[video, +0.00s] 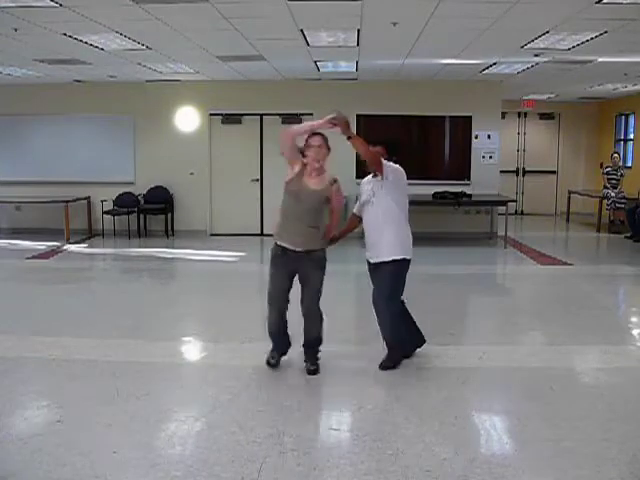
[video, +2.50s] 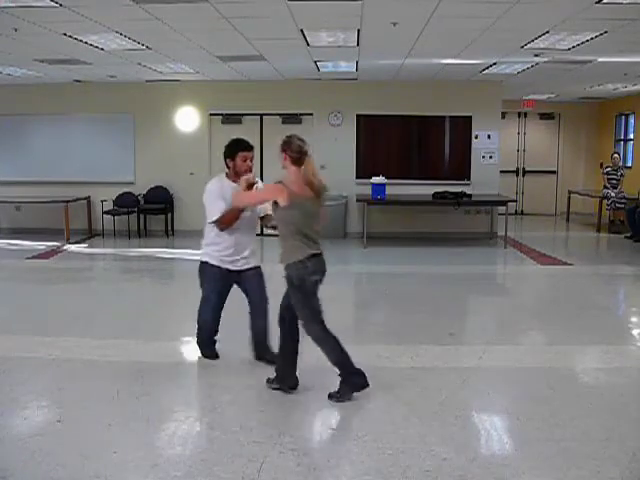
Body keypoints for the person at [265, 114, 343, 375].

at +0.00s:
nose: (315, 153)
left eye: (320, 149)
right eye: (312, 148)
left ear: (327, 154)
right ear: (305, 152)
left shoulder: (331, 185)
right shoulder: (295, 168)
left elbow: (334, 223)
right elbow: (287, 135)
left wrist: (325, 239)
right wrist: (319, 123)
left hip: (312, 254)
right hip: (282, 251)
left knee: (310, 307)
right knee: (275, 304)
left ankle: (311, 353)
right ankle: (279, 344)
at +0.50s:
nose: (279, 152)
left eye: (278, 148)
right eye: (277, 149)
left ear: (257, 153)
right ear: (269, 152)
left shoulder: (244, 180)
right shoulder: (272, 179)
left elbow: (242, 219)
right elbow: (298, 203)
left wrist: (266, 232)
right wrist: (316, 183)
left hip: (263, 247)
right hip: (288, 247)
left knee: (273, 299)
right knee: (296, 304)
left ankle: (266, 352)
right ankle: (301, 358)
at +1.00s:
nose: (258, 151)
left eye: (259, 147)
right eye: (252, 147)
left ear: (258, 151)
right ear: (238, 152)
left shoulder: (256, 180)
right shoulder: (227, 180)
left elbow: (255, 213)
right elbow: (214, 215)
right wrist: (232, 199)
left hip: (250, 252)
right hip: (230, 252)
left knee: (257, 305)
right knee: (226, 308)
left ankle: (252, 353)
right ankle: (198, 355)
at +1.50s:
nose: (267, 157)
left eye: (267, 152)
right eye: (263, 153)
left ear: (230, 157)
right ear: (255, 159)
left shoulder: (217, 178)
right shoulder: (268, 190)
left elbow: (226, 154)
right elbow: (278, 230)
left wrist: (253, 136)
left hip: (217, 267)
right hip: (253, 271)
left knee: (216, 318)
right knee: (250, 329)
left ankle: (212, 377)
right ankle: (239, 389)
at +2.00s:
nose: (224, 159)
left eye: (225, 154)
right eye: (219, 155)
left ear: (224, 156)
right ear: (203, 159)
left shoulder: (218, 183)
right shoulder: (197, 186)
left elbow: (228, 211)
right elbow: (194, 224)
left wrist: (248, 201)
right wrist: (234, 238)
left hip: (212, 263)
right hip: (196, 264)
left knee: (208, 313)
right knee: (203, 313)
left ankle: (197, 362)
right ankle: (176, 366)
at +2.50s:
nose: (250, 165)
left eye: (251, 160)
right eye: (244, 160)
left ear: (254, 161)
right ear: (229, 162)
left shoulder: (256, 186)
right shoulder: (215, 187)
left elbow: (265, 219)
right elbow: (223, 223)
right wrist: (243, 194)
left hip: (246, 261)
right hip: (216, 261)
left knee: (259, 302)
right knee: (212, 304)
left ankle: (261, 348)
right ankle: (206, 344)